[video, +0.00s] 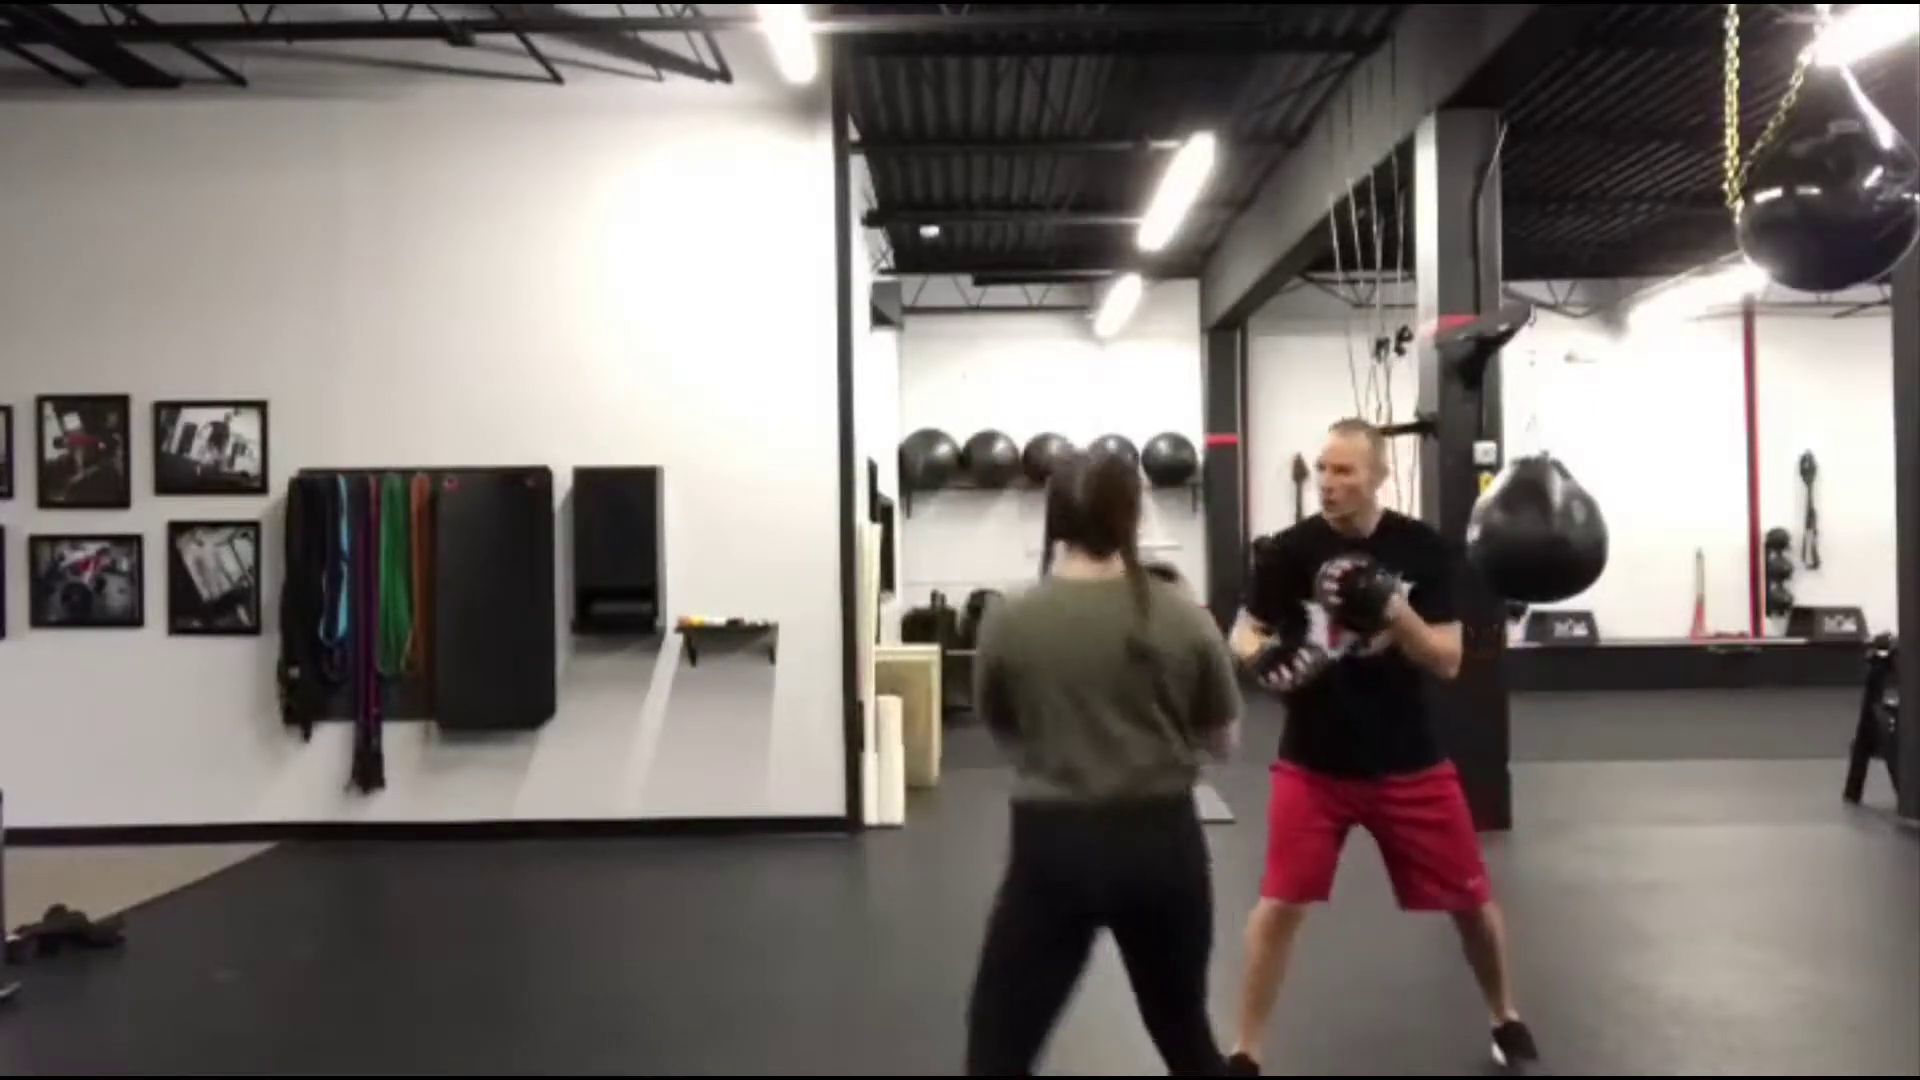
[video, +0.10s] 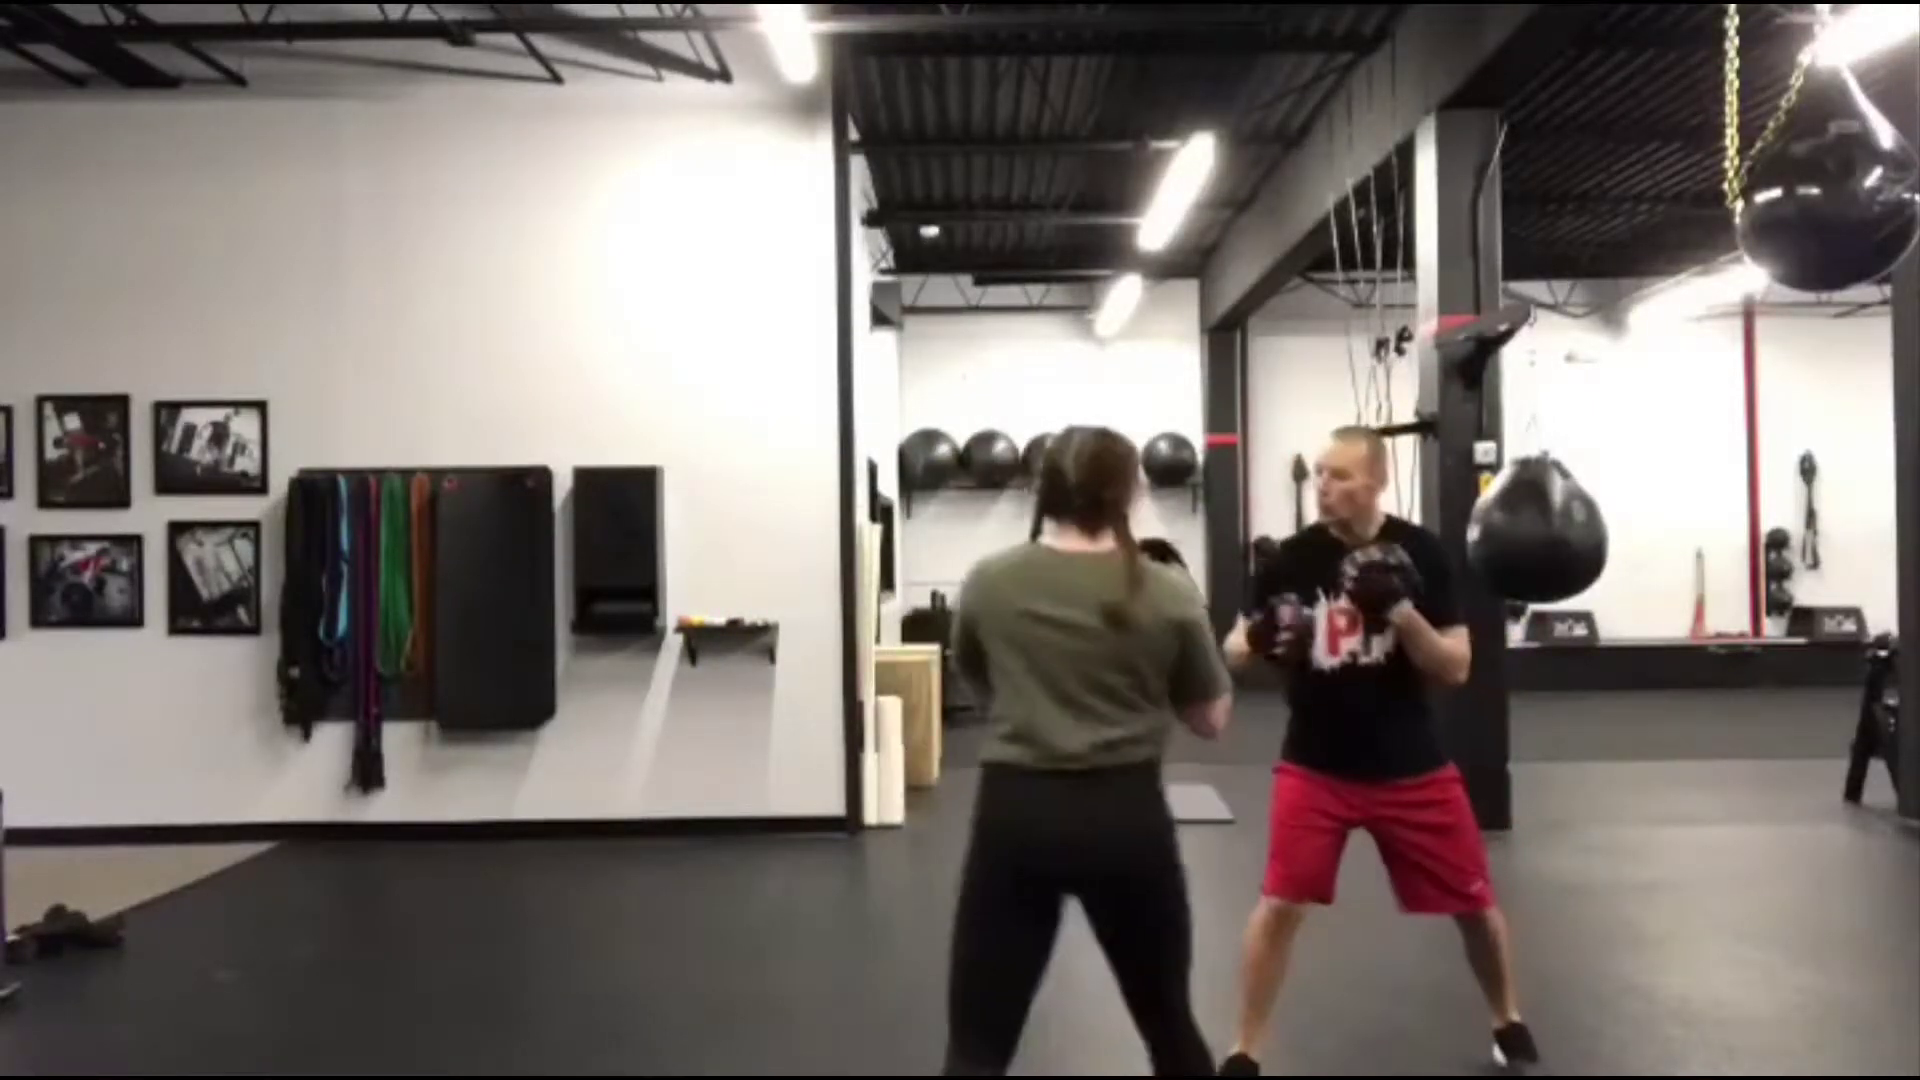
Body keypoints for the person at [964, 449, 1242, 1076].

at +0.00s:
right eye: (1135, 503)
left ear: (1056, 517)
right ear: (1134, 515)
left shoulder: (1013, 617)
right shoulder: (1178, 614)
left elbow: (1001, 725)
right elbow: (1219, 728)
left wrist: (1071, 733)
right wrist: (1147, 721)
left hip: (1053, 853)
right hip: (1161, 849)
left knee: (999, 1043)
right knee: (1182, 1025)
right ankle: (1217, 1070)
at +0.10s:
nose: (1138, 495)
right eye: (1134, 487)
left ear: (1046, 493)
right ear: (1127, 497)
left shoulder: (991, 581)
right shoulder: (1167, 592)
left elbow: (975, 674)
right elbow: (1209, 717)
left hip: (1014, 824)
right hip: (1126, 825)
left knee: (977, 1045)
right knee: (1169, 1023)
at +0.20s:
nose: (1131, 518)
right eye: (1126, 509)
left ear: (1035, 517)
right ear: (1113, 522)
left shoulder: (975, 605)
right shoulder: (1146, 624)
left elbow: (961, 705)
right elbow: (1182, 743)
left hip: (983, 842)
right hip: (1093, 848)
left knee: (972, 1058)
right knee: (1143, 1043)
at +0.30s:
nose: (1112, 569)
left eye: (1106, 558)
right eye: (1108, 559)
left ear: (1023, 563)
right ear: (1100, 572)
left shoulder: (964, 646)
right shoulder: (1123, 676)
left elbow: (942, 739)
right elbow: (1155, 811)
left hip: (956, 890)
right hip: (1068, 902)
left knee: (956, 1066)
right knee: (1130, 1062)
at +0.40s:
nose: (1108, 568)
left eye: (1105, 556)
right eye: (1104, 557)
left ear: (1018, 559)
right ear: (1092, 566)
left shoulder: (961, 644)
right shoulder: (1119, 667)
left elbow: (939, 739)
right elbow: (1169, 773)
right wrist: (1176, 706)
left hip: (960, 897)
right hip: (1070, 902)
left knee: (952, 1063)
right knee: (1135, 1019)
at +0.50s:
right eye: (1103, 519)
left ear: (1021, 525)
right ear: (1099, 528)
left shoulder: (972, 619)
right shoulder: (1139, 624)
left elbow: (947, 708)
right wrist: (1235, 630)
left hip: (999, 862)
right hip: (1109, 862)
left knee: (978, 1057)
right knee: (1155, 1034)